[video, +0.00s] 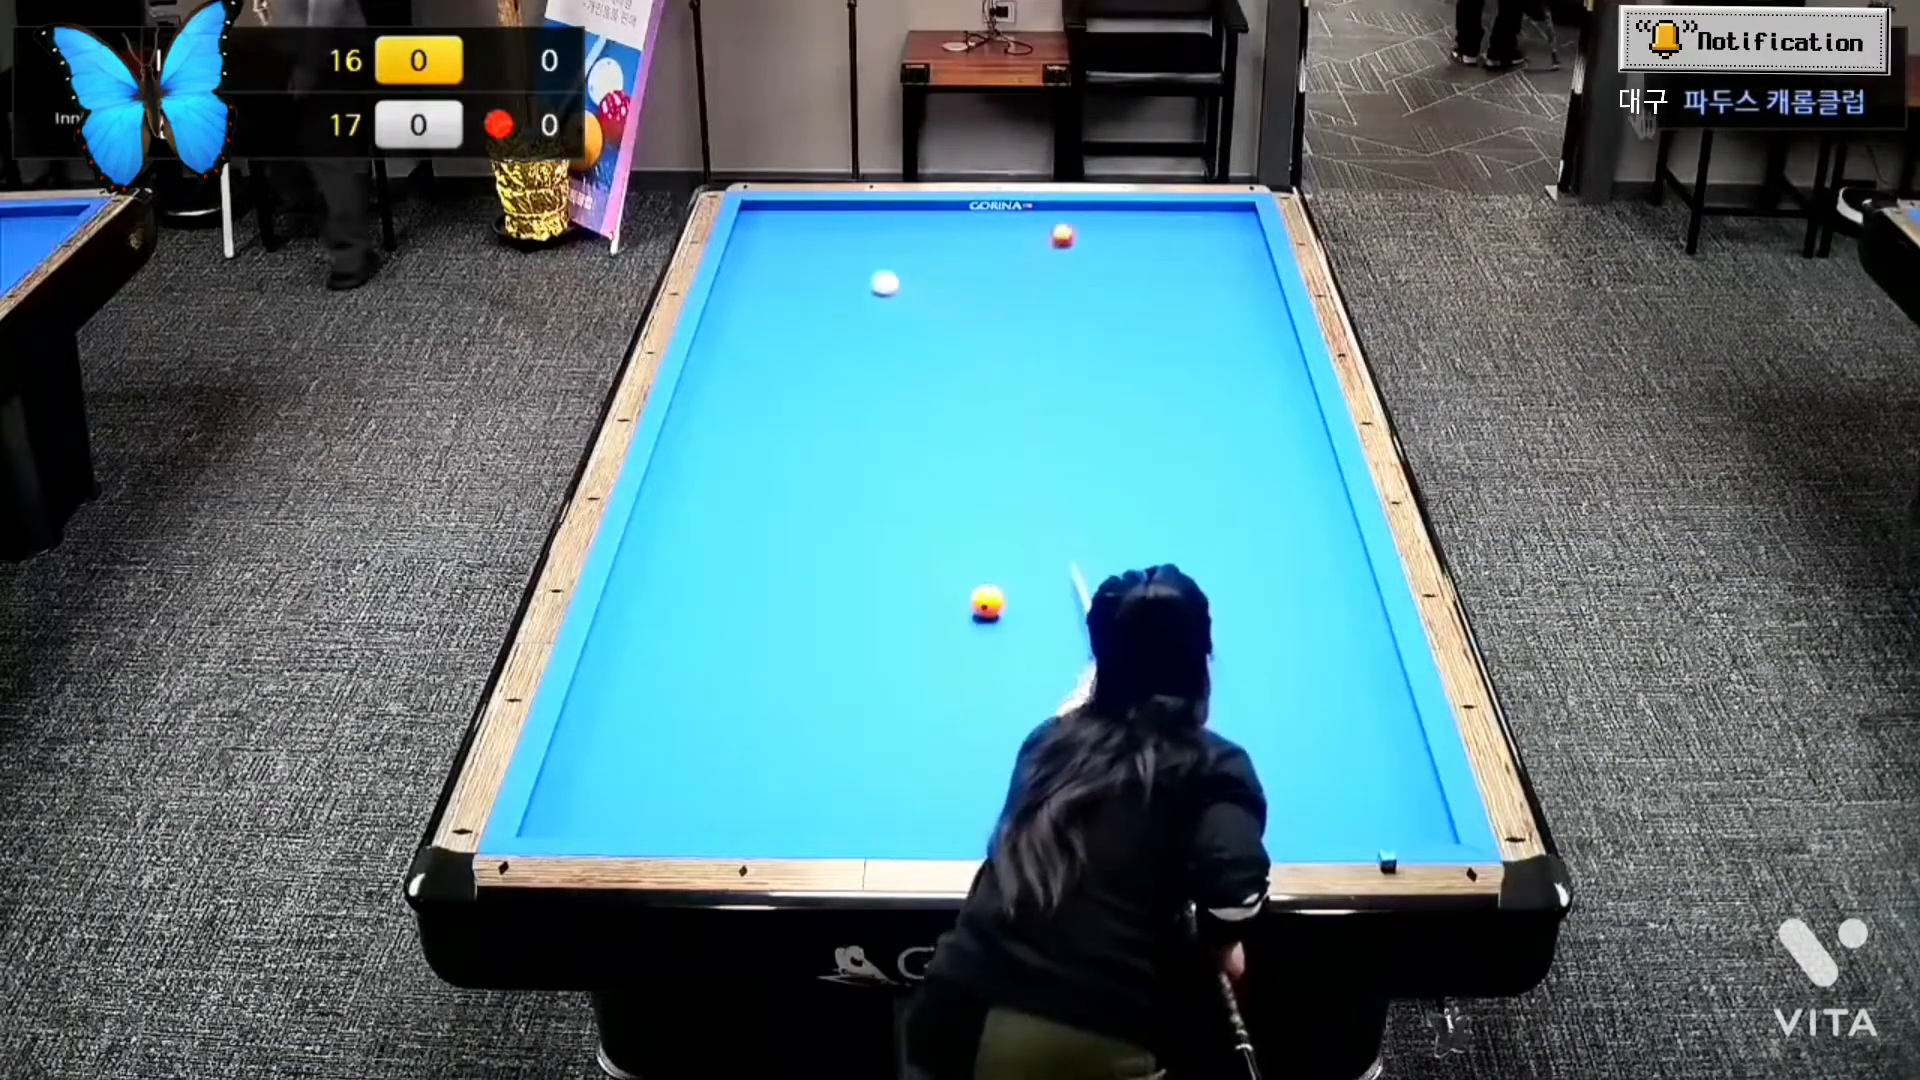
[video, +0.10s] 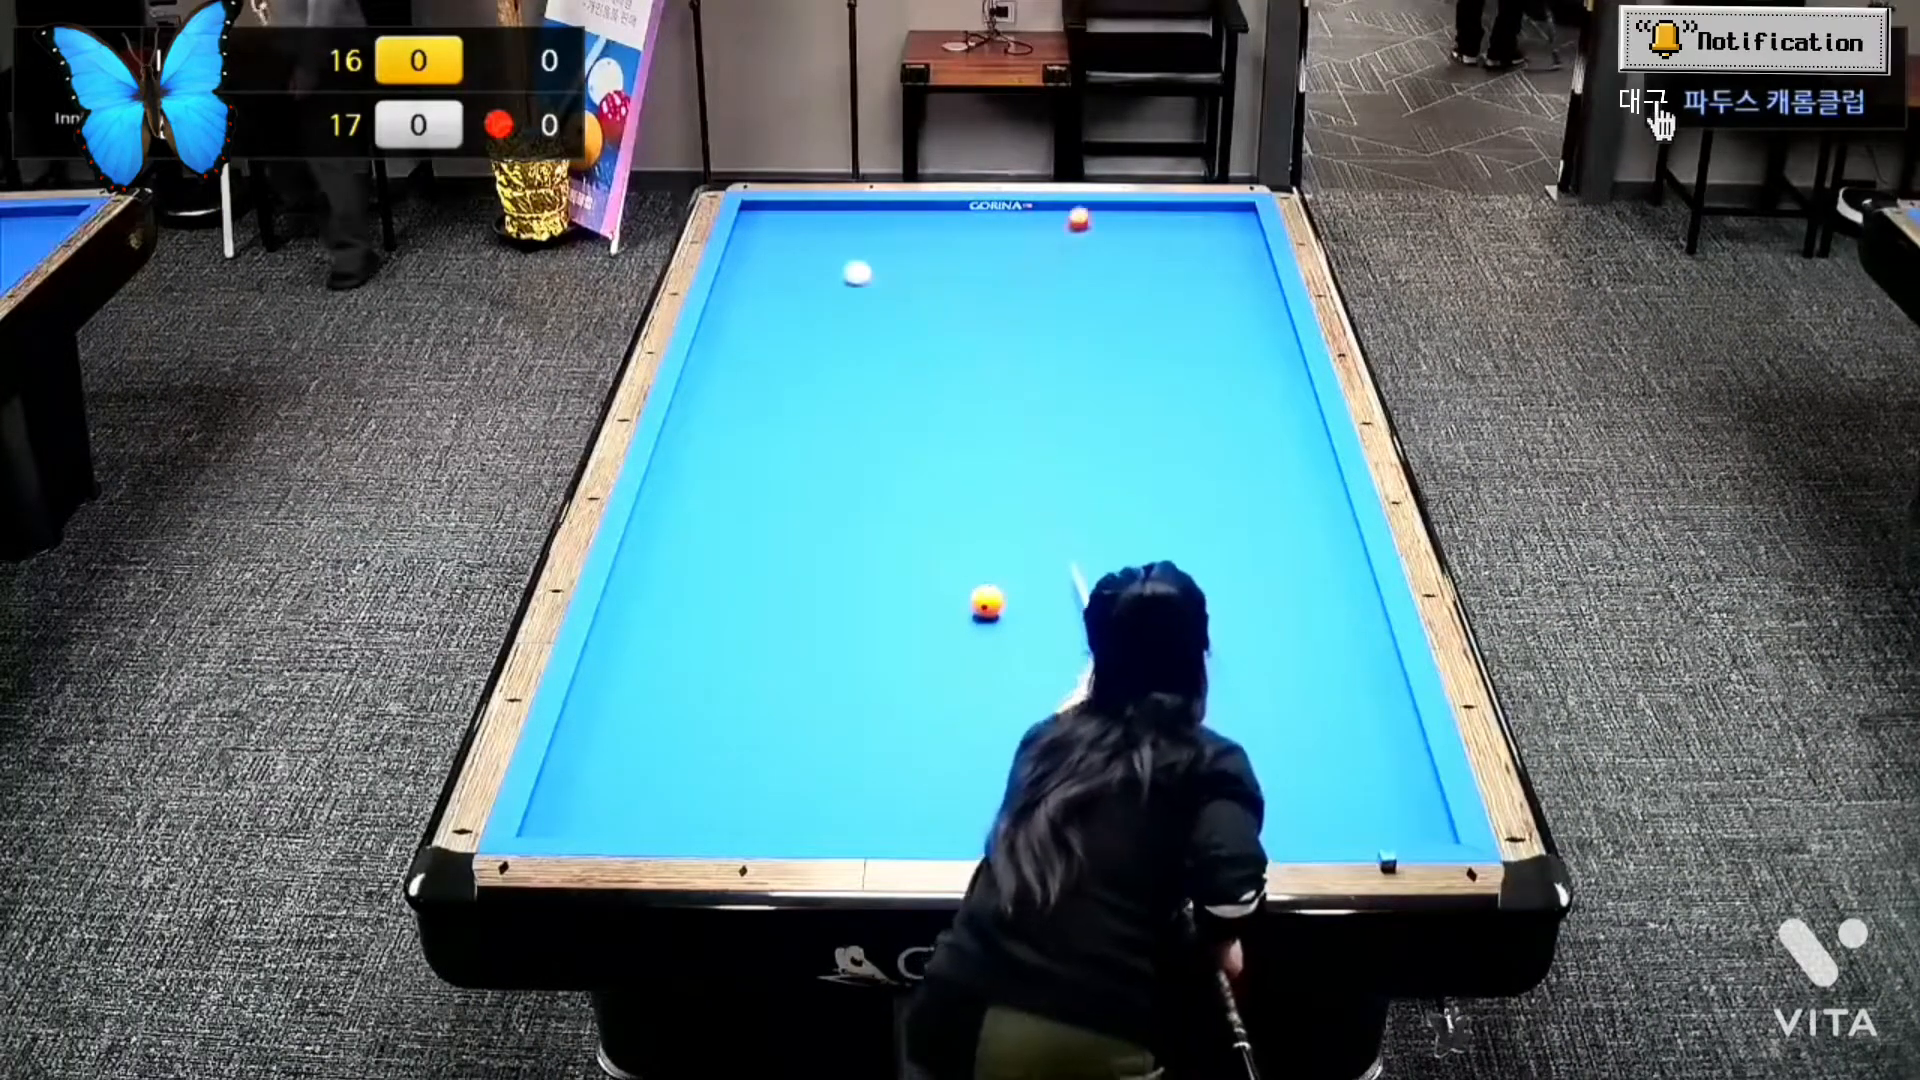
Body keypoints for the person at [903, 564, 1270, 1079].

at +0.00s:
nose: (1208, 660)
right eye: (1203, 648)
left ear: (1103, 656)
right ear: (1196, 658)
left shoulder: (1049, 740)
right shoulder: (1217, 764)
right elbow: (1232, 874)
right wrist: (1223, 943)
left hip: (988, 1012)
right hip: (1112, 1029)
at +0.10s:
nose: (1205, 654)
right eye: (1200, 643)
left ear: (1101, 653)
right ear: (1194, 654)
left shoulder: (1047, 739)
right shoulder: (1214, 761)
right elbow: (1229, 872)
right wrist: (1222, 941)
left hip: (989, 1012)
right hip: (1114, 1027)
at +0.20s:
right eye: (1195, 637)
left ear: (1096, 645)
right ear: (1189, 649)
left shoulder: (1043, 732)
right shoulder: (1209, 755)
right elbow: (1223, 873)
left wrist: (1077, 704)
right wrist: (1220, 937)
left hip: (981, 1008)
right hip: (1109, 1023)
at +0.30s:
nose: (1194, 641)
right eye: (1189, 629)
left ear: (1089, 637)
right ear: (1183, 639)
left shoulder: (1036, 728)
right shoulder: (1201, 748)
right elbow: (1214, 872)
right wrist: (1213, 934)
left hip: (971, 1006)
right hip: (1100, 1018)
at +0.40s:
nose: (1185, 621)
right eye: (1181, 610)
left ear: (1080, 616)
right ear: (1173, 619)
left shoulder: (1026, 711)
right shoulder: (1192, 736)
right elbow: (1201, 880)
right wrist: (1201, 931)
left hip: (962, 1001)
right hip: (1086, 1015)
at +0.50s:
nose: (1181, 607)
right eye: (1177, 595)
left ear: (1075, 601)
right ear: (1167, 606)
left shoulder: (1020, 696)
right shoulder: (1186, 726)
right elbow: (1192, 873)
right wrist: (1199, 923)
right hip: (1069, 1016)